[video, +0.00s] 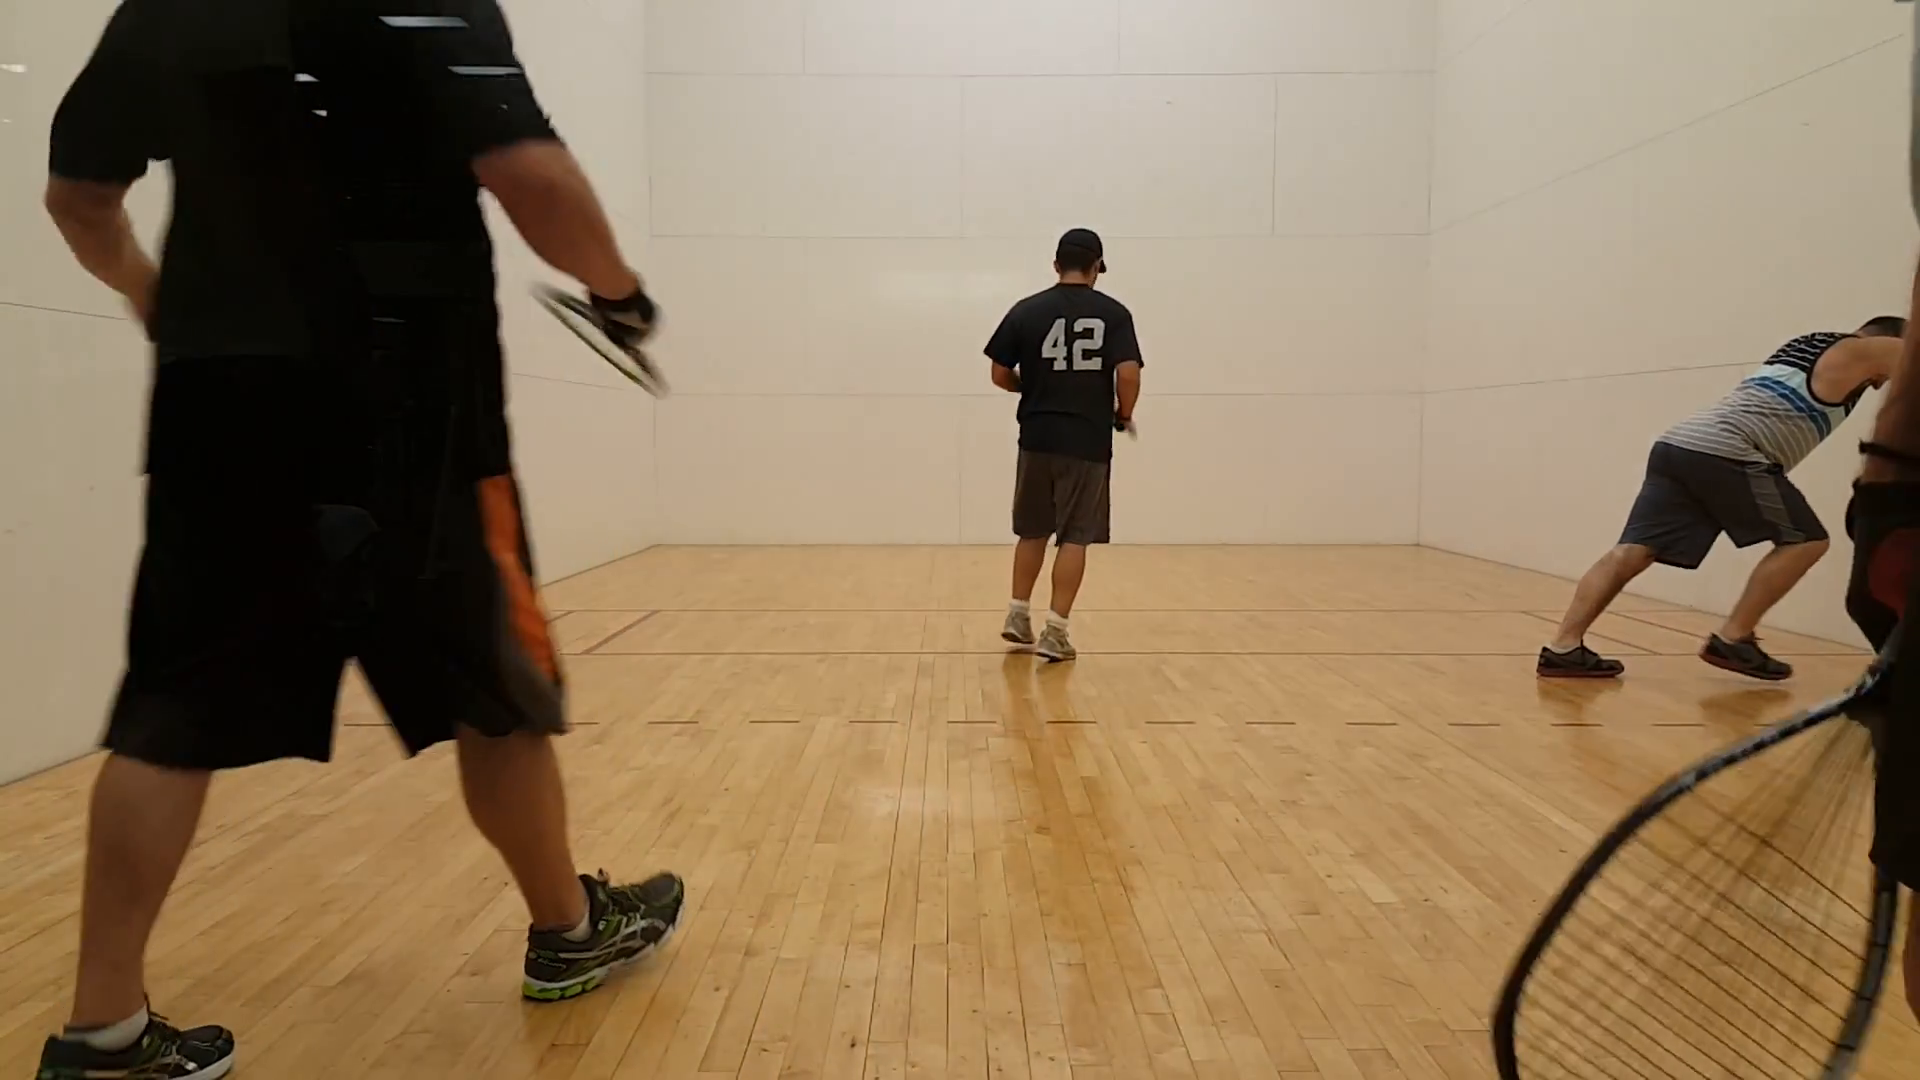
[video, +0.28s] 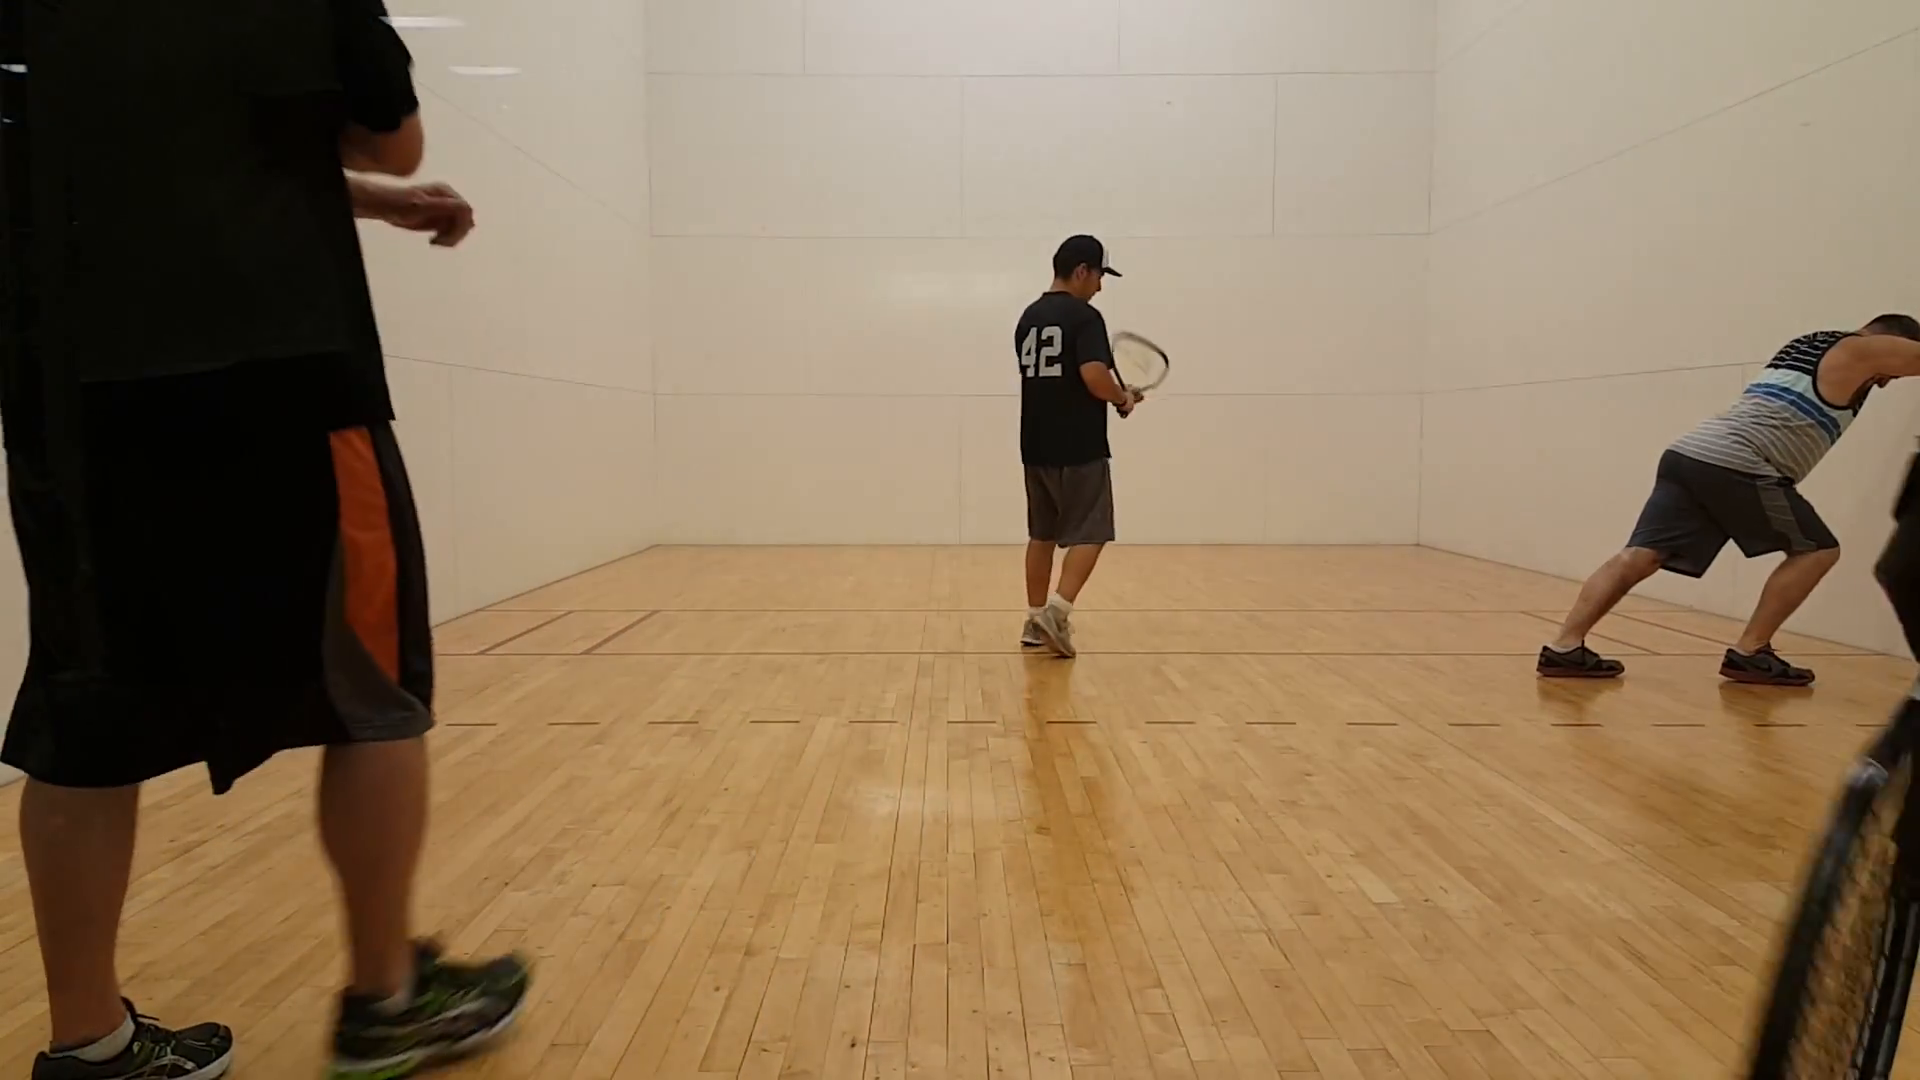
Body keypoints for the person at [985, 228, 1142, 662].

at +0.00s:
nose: (1095, 273)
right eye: (1099, 267)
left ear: (1055, 265)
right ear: (1097, 268)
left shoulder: (1026, 310)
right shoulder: (1114, 313)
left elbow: (1000, 374)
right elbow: (1129, 372)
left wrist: (1033, 385)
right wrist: (1124, 414)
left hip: (1036, 443)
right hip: (1087, 447)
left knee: (1033, 530)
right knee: (1075, 536)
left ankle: (1017, 615)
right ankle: (1055, 629)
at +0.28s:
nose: (1100, 285)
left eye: (1102, 277)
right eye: (1099, 275)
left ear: (1060, 271)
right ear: (1082, 271)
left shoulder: (1029, 315)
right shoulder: (1084, 316)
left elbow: (1045, 377)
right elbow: (1095, 377)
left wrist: (1110, 395)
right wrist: (1121, 395)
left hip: (1035, 446)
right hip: (1079, 448)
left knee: (1041, 532)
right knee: (1092, 531)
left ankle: (1035, 621)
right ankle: (1057, 610)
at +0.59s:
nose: (1114, 288)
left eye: (1116, 280)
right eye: (1111, 279)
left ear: (1083, 275)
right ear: (1089, 272)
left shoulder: (1054, 314)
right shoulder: (1078, 315)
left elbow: (1090, 380)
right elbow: (1068, 368)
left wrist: (1141, 388)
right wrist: (1110, 402)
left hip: (1051, 446)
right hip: (1085, 446)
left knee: (1052, 529)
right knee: (1121, 522)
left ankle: (1039, 619)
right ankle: (1107, 612)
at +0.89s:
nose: (1161, 297)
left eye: (1163, 289)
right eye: (1158, 287)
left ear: (1132, 281)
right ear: (1137, 280)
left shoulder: (1098, 315)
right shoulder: (1120, 322)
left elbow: (1098, 378)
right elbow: (1108, 378)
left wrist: (1137, 408)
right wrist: (1145, 426)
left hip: (1085, 450)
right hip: (1116, 453)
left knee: (1073, 531)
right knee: (1137, 535)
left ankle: (1043, 613)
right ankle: (1153, 619)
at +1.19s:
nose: (1217, 296)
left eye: (1220, 288)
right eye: (1217, 286)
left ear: (1186, 276)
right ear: (1198, 277)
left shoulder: (1139, 309)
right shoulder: (1183, 324)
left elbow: (1109, 367)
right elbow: (1189, 388)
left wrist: (1102, 416)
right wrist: (1240, 420)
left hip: (1126, 440)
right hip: (1158, 449)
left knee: (1136, 522)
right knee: (1158, 534)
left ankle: (1092, 588)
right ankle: (1156, 622)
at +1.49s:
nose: (1248, 296)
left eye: (1250, 287)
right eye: (1246, 286)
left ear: (1216, 279)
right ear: (1226, 279)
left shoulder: (1170, 317)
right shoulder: (1227, 326)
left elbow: (1144, 378)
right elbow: (1260, 383)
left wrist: (1163, 421)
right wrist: (1305, 416)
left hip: (1170, 443)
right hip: (1199, 448)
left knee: (1201, 530)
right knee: (1180, 532)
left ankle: (1217, 611)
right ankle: (1157, 620)